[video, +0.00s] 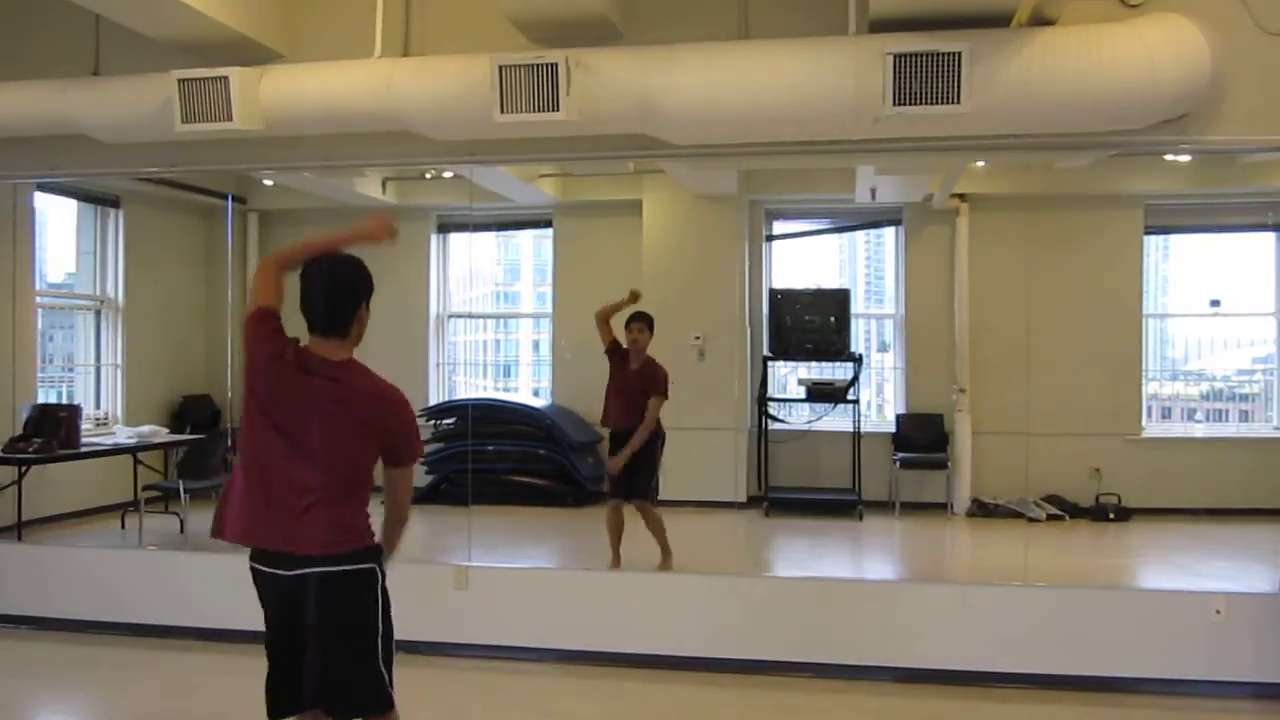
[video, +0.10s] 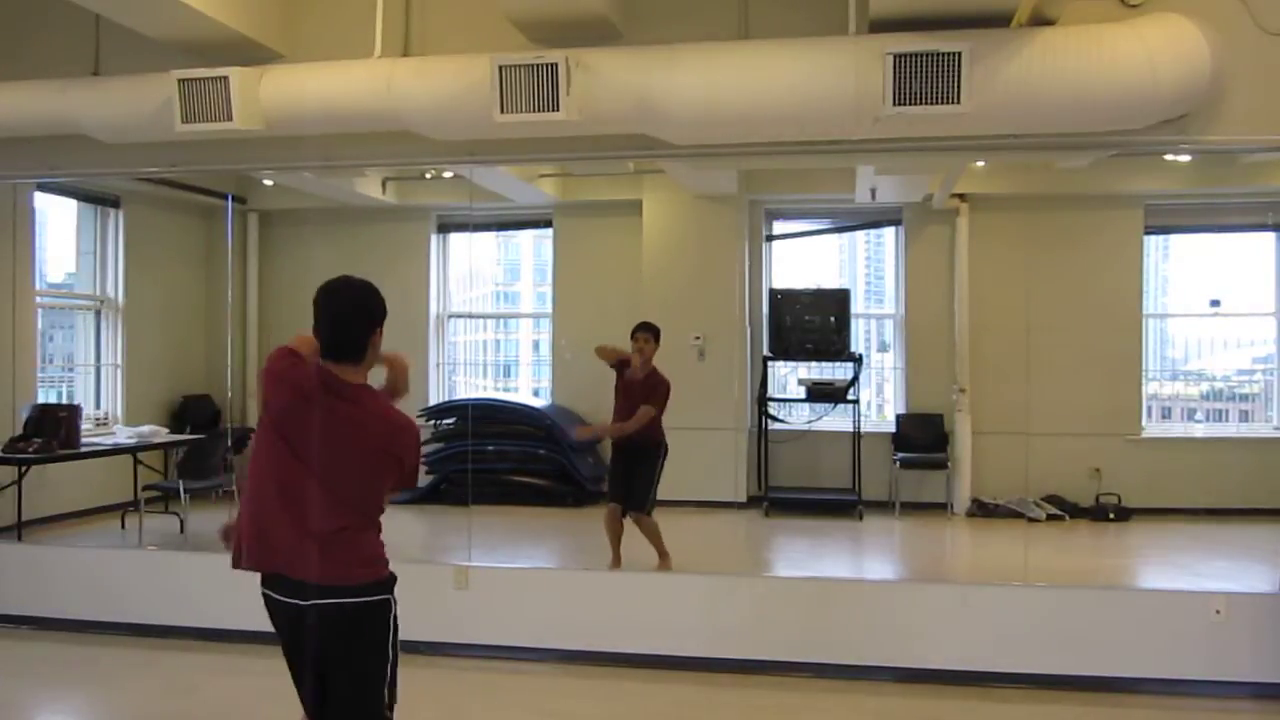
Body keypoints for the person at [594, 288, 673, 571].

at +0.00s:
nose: (635, 336)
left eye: (641, 331)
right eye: (631, 331)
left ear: (651, 336)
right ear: (625, 334)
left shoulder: (656, 373)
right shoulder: (617, 358)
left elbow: (650, 422)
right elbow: (601, 318)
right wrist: (624, 303)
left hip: (646, 437)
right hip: (618, 436)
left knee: (642, 501)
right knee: (614, 502)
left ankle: (666, 554)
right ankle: (615, 558)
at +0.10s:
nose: (640, 346)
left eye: (647, 341)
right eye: (636, 341)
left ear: (656, 346)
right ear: (631, 344)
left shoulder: (660, 384)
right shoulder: (623, 367)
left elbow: (634, 424)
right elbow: (599, 352)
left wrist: (595, 431)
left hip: (650, 448)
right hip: (622, 444)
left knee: (638, 511)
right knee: (614, 508)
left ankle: (663, 556)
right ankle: (615, 559)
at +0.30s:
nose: (652, 336)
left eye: (658, 331)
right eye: (648, 331)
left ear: (667, 336)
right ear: (641, 334)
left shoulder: (674, 369)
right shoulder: (632, 359)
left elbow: (650, 403)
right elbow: (621, 367)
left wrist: (613, 391)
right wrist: (658, 362)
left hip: (659, 440)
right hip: (630, 437)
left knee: (648, 504)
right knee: (618, 499)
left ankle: (663, 556)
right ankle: (614, 555)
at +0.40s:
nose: (656, 305)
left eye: (661, 299)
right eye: (654, 300)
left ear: (672, 302)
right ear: (649, 303)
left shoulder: (687, 335)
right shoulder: (640, 331)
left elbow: (678, 377)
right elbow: (634, 319)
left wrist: (636, 391)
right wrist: (675, 297)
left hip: (669, 415)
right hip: (638, 413)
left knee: (671, 483)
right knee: (617, 476)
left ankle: (669, 547)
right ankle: (598, 535)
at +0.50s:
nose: (660, 285)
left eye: (665, 280)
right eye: (656, 281)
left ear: (677, 284)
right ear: (652, 286)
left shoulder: (696, 318)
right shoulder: (647, 314)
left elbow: (705, 361)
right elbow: (646, 280)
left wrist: (696, 396)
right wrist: (658, 240)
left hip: (682, 391)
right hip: (651, 388)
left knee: (690, 459)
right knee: (616, 445)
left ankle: (683, 515)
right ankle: (580, 496)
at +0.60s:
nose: (666, 284)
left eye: (671, 278)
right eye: (663, 280)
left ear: (683, 282)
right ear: (660, 284)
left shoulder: (703, 314)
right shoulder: (659, 311)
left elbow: (723, 352)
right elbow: (655, 271)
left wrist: (739, 387)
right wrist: (651, 231)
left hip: (693, 389)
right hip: (663, 383)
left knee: (710, 448)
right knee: (617, 430)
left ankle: (694, 495)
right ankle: (567, 475)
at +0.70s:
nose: (675, 295)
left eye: (680, 290)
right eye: (671, 291)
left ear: (691, 292)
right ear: (667, 295)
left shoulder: (711, 322)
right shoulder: (668, 322)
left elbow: (735, 358)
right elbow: (658, 284)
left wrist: (755, 387)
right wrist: (654, 244)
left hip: (703, 396)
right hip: (673, 391)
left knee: (713, 458)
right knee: (622, 432)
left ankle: (708, 521)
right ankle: (567, 473)